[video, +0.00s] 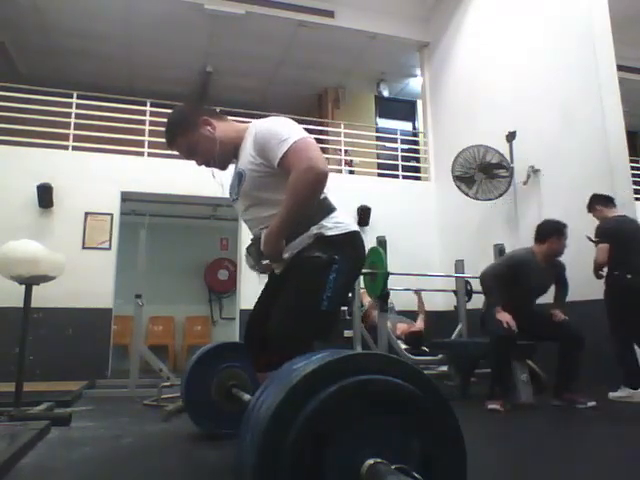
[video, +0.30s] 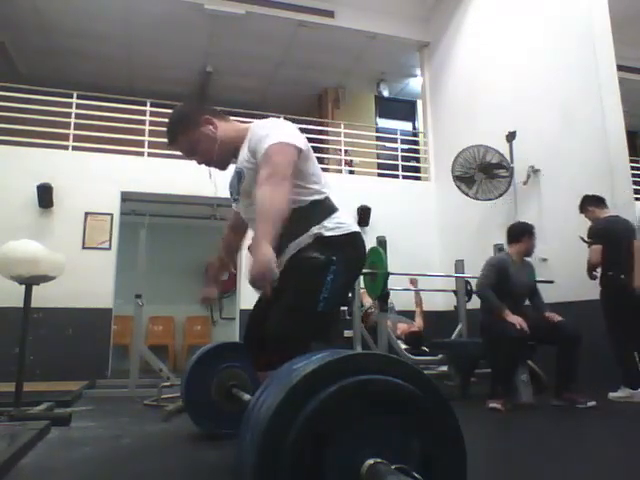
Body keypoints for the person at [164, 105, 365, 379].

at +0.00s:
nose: (198, 162)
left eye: (193, 153)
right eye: (191, 158)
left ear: (208, 127)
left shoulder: (267, 129)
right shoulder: (239, 175)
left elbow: (312, 169)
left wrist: (276, 234)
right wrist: (262, 246)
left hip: (328, 248)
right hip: (296, 260)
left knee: (289, 341)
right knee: (257, 338)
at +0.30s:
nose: (198, 161)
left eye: (194, 151)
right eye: (191, 157)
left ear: (210, 127)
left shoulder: (272, 130)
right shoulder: (241, 178)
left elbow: (276, 182)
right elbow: (236, 228)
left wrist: (263, 246)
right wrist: (223, 265)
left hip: (328, 245)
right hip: (296, 260)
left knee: (288, 337)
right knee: (258, 336)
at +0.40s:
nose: (200, 162)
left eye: (197, 151)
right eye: (193, 157)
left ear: (213, 126)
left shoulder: (272, 133)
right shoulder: (236, 175)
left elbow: (257, 174)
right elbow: (212, 219)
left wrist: (220, 216)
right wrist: (179, 262)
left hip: (330, 247)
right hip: (292, 263)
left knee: (290, 339)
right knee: (258, 338)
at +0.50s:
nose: (204, 157)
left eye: (201, 148)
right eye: (197, 154)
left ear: (215, 125)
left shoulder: (278, 134)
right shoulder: (241, 177)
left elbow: (227, 158)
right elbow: (204, 207)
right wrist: (150, 233)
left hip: (331, 250)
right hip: (294, 264)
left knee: (294, 342)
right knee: (257, 338)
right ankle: (283, 426)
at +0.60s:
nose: (208, 147)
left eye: (206, 140)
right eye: (201, 144)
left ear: (219, 123)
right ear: (213, 133)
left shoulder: (278, 134)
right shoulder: (238, 177)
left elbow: (210, 147)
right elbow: (188, 197)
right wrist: (131, 207)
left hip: (333, 251)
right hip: (296, 267)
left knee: (288, 346)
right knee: (257, 345)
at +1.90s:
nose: (202, 163)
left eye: (201, 154)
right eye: (195, 157)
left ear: (217, 137)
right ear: (213, 144)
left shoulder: (273, 150)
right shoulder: (237, 184)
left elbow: (190, 155)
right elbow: (181, 189)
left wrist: (109, 152)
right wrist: (122, 180)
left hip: (342, 265)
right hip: (304, 275)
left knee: (285, 352)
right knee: (254, 344)